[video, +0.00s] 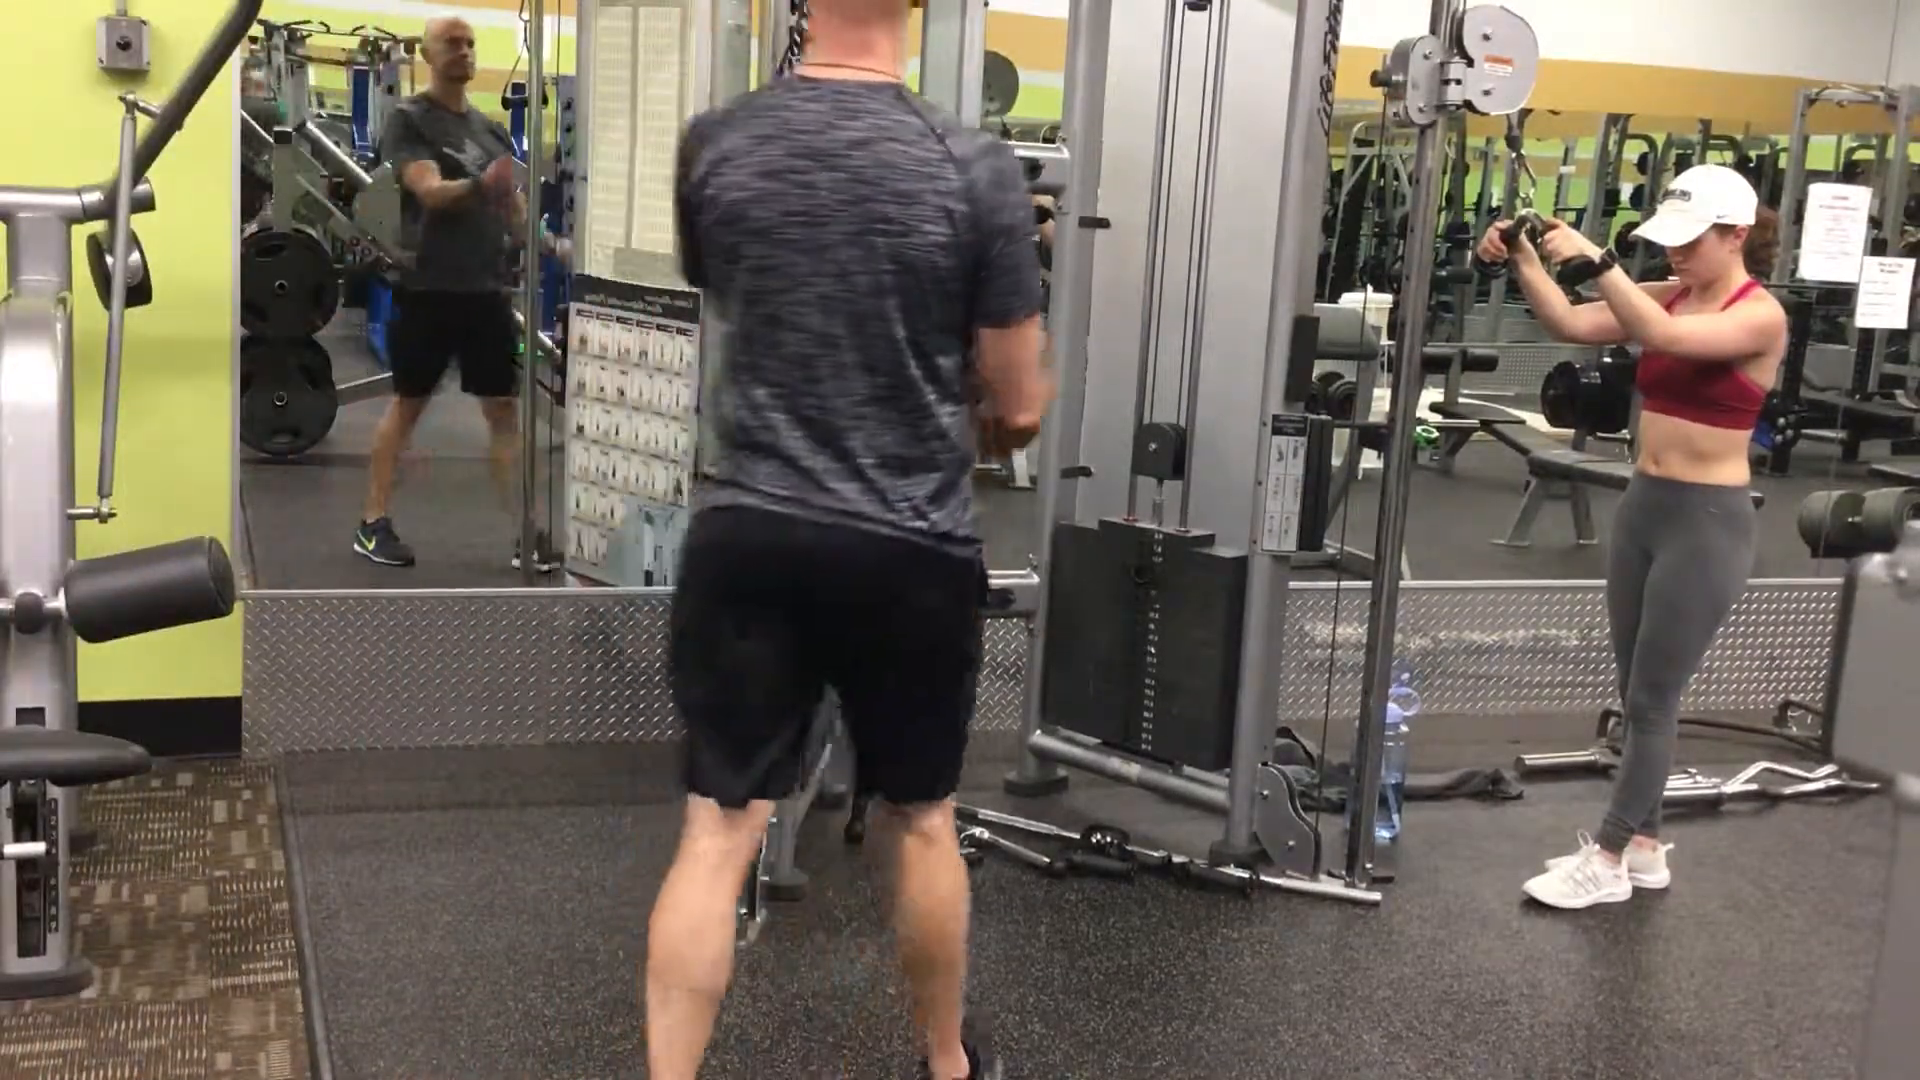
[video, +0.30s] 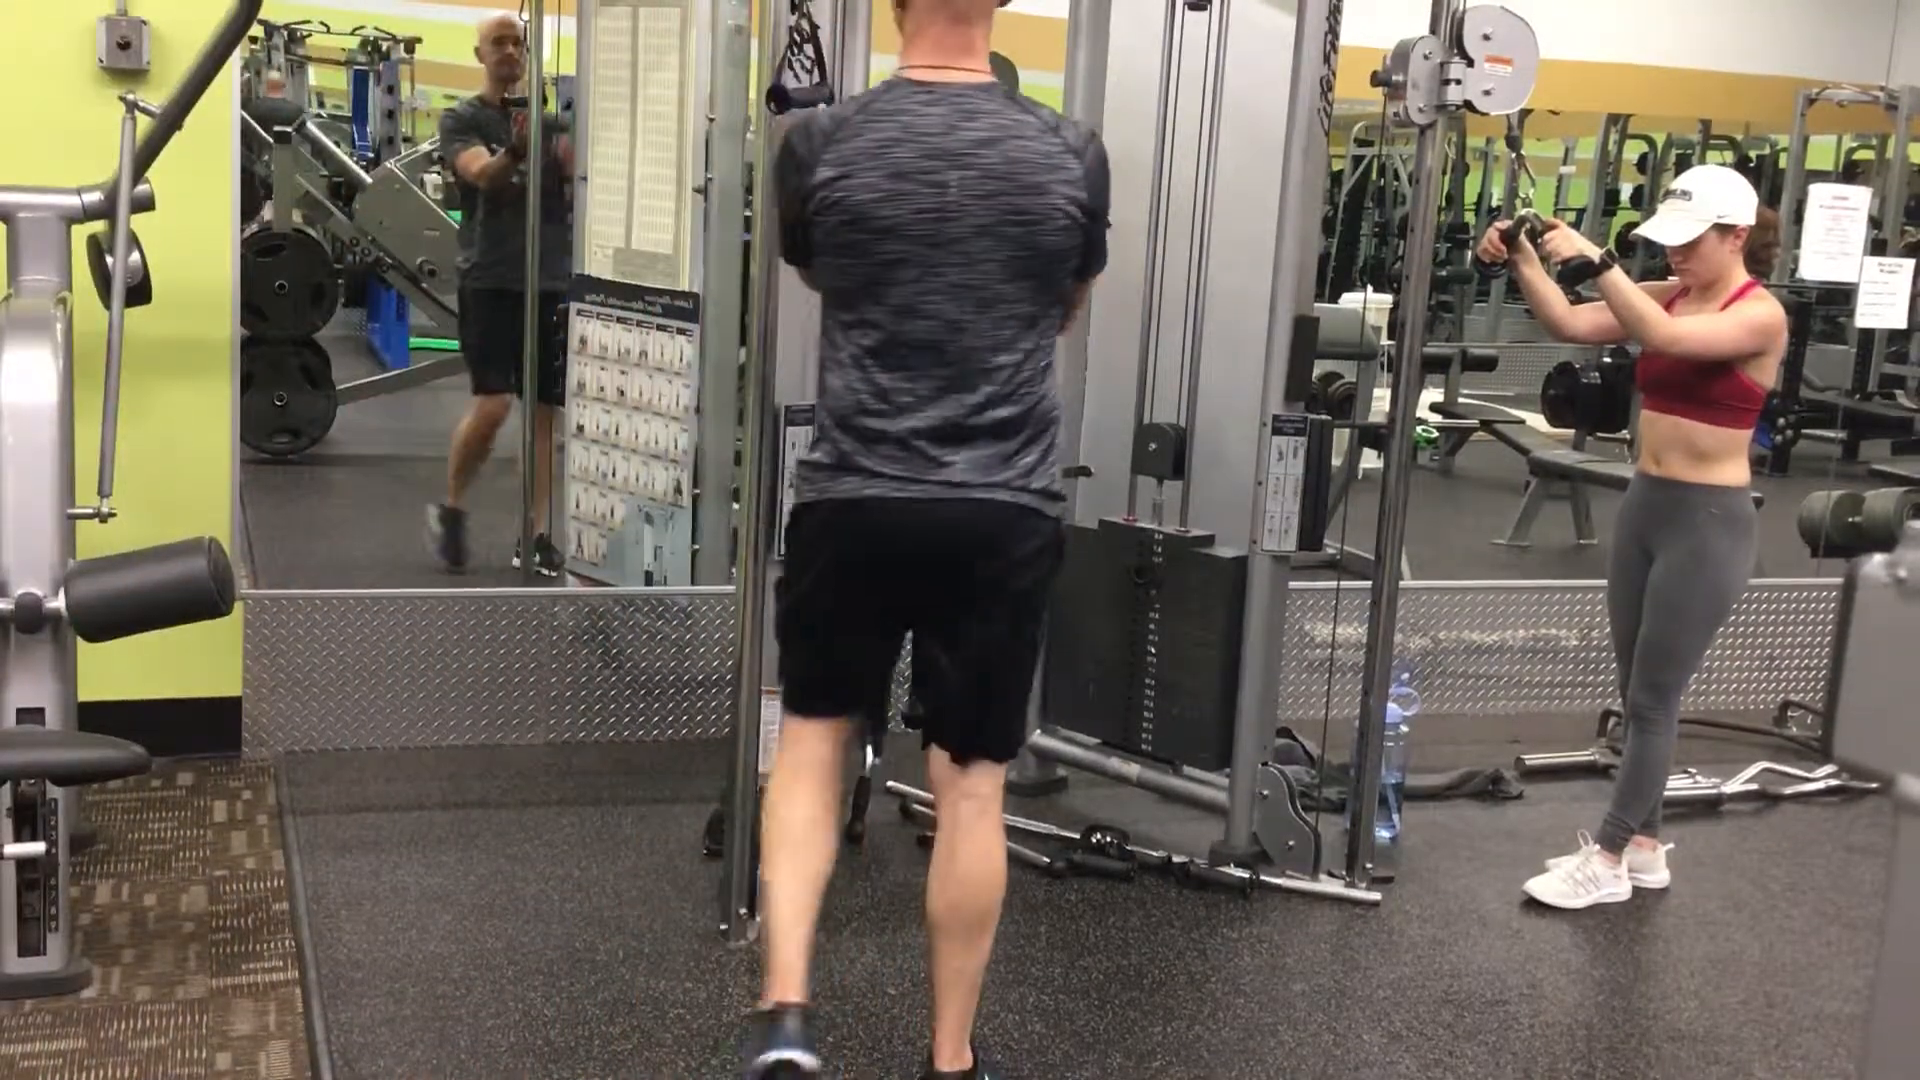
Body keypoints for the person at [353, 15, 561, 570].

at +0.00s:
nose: (464, 53)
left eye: (469, 44)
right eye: (452, 44)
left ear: (476, 54)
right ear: (426, 55)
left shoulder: (492, 132)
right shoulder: (407, 120)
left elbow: (514, 213)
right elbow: (428, 192)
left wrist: (528, 224)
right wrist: (482, 186)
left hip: (485, 293)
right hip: (428, 291)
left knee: (503, 412)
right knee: (406, 406)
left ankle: (526, 530)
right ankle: (374, 521)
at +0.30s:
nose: (510, 52)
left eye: (518, 42)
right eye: (499, 43)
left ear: (529, 51)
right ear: (479, 53)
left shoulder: (552, 115)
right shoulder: (461, 118)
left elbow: (584, 175)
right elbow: (481, 174)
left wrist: (567, 159)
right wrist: (519, 149)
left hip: (553, 281)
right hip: (490, 282)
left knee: (549, 415)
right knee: (493, 404)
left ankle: (538, 535)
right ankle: (451, 509)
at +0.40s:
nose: (515, 52)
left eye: (522, 43)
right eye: (504, 44)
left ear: (537, 50)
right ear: (489, 55)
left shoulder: (564, 114)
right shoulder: (473, 119)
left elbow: (595, 168)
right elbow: (483, 168)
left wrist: (559, 127)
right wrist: (519, 138)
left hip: (562, 281)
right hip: (499, 283)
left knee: (549, 421)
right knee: (503, 416)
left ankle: (541, 536)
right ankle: (501, 534)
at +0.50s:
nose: (516, 56)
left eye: (525, 46)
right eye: (508, 47)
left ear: (542, 49)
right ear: (496, 52)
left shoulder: (572, 107)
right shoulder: (481, 122)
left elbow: (591, 165)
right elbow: (489, 173)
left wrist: (556, 112)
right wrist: (521, 129)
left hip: (563, 281)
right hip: (504, 283)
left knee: (554, 418)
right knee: (514, 415)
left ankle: (547, 532)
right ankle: (525, 533)